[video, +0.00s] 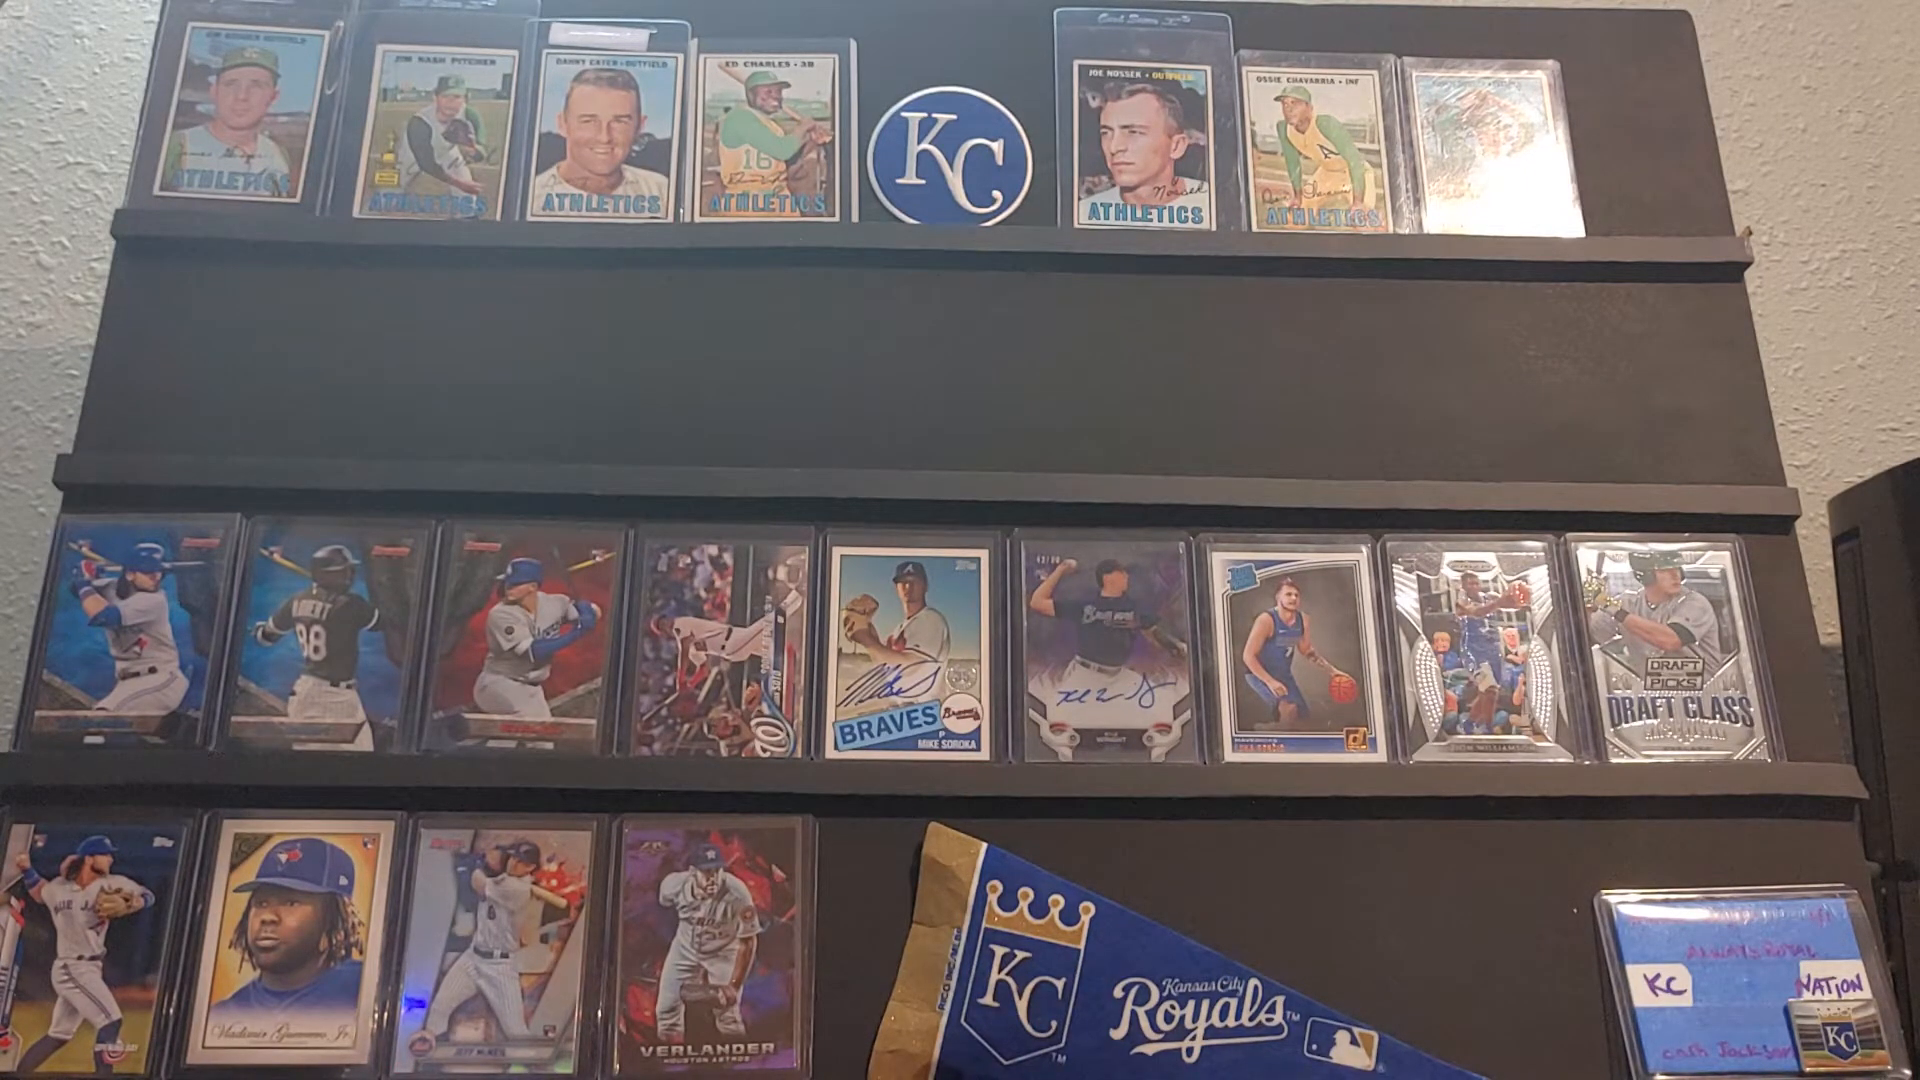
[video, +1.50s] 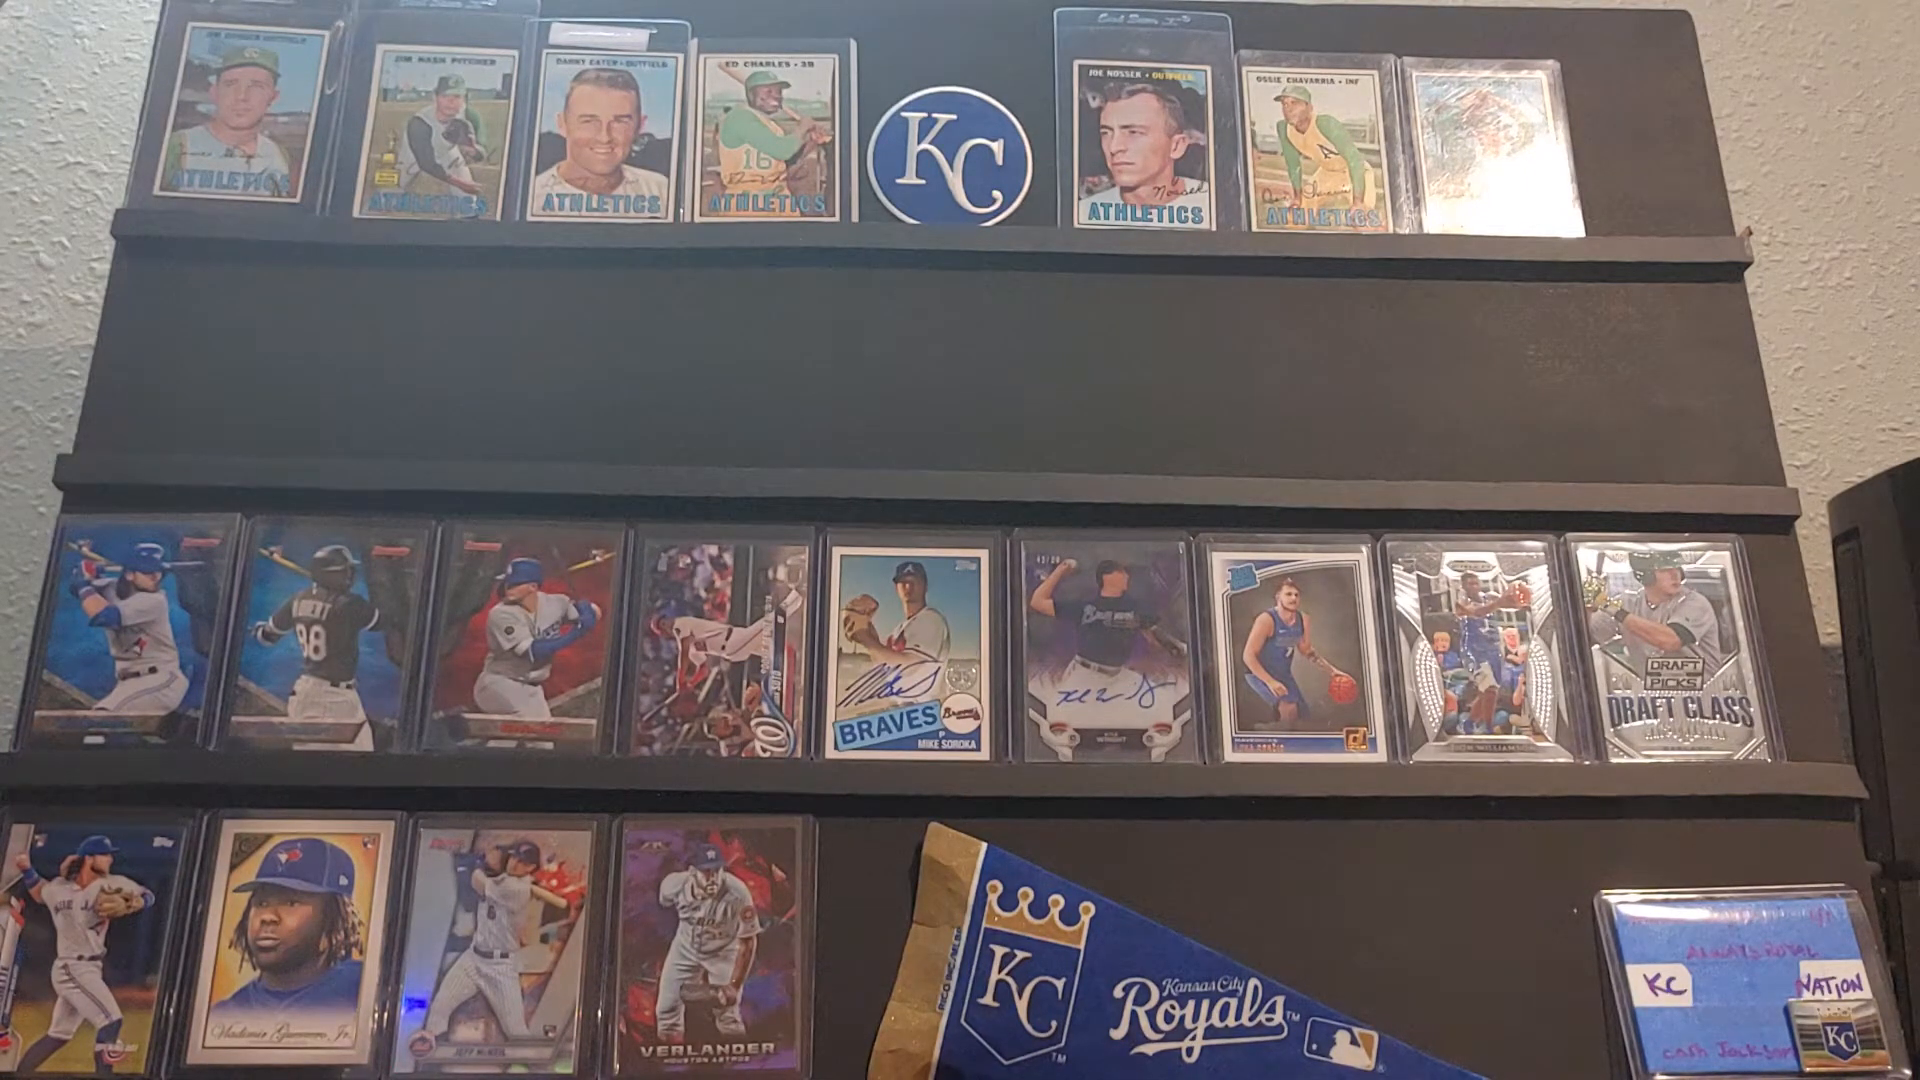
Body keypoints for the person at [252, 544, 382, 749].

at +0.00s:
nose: (352, 576)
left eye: (351, 571)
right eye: (349, 571)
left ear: (319, 574)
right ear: (338, 575)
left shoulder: (298, 601)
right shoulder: (351, 605)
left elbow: (267, 637)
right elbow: (386, 622)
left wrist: (259, 630)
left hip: (305, 693)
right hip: (341, 697)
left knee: (307, 764)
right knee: (359, 766)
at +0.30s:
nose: (352, 576)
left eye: (351, 570)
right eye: (348, 571)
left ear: (320, 574)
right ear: (337, 575)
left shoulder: (298, 601)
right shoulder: (351, 605)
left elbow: (267, 637)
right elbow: (387, 621)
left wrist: (259, 630)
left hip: (305, 694)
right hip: (341, 698)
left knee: (306, 765)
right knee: (359, 766)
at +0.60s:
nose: (352, 576)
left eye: (351, 570)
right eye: (349, 571)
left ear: (319, 574)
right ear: (338, 574)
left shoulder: (298, 601)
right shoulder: (351, 605)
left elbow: (267, 637)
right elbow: (385, 622)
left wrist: (259, 630)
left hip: (305, 692)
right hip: (341, 697)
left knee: (306, 764)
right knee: (359, 766)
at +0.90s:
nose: (352, 576)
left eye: (351, 570)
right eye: (348, 571)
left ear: (320, 574)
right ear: (336, 574)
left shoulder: (298, 601)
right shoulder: (351, 605)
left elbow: (267, 637)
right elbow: (385, 622)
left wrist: (260, 630)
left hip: (305, 692)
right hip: (341, 697)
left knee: (307, 764)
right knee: (359, 765)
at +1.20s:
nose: (351, 577)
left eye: (351, 571)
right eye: (348, 571)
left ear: (320, 574)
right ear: (337, 575)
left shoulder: (300, 600)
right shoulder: (350, 604)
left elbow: (268, 637)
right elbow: (386, 621)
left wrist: (258, 630)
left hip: (305, 693)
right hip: (340, 698)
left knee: (306, 765)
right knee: (359, 767)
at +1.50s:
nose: (351, 577)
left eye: (351, 571)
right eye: (348, 572)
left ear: (320, 574)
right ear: (336, 575)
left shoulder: (299, 600)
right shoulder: (350, 605)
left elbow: (268, 637)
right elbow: (387, 620)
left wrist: (259, 630)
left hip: (305, 693)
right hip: (340, 698)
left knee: (307, 766)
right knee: (359, 768)